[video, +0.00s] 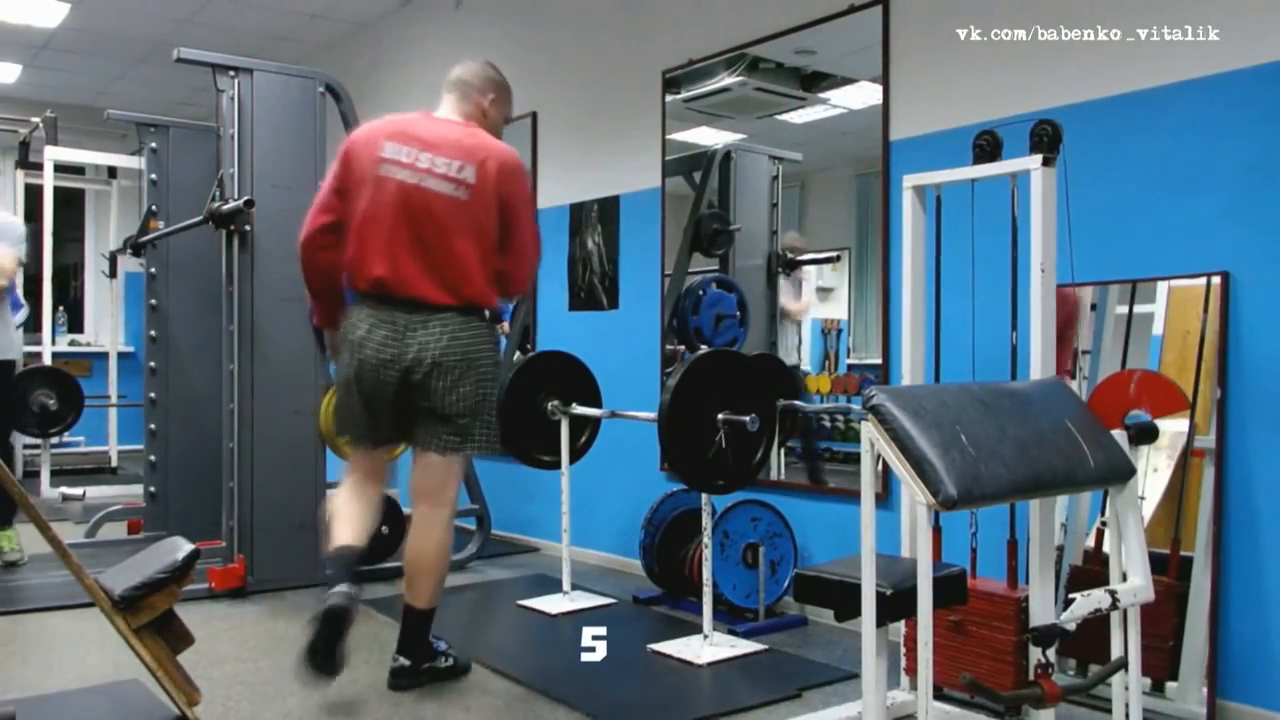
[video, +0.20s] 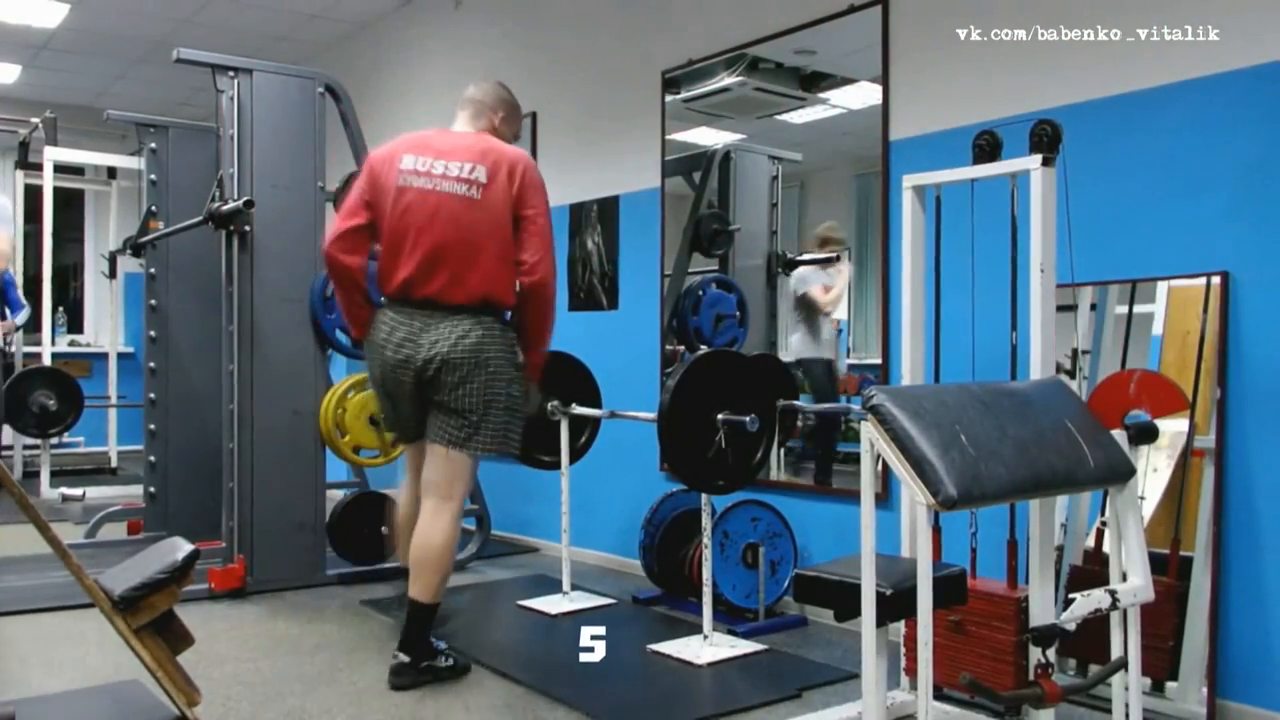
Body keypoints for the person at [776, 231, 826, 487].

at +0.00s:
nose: (798, 261)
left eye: (800, 256)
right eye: (793, 255)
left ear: (801, 257)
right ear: (783, 256)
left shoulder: (794, 280)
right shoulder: (775, 281)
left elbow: (799, 309)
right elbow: (797, 311)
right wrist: (807, 280)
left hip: (794, 362)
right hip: (779, 364)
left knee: (805, 418)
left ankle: (817, 474)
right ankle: (816, 475)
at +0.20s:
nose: (837, 257)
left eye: (839, 252)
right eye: (834, 251)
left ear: (834, 252)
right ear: (823, 249)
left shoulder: (822, 274)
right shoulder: (804, 272)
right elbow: (824, 303)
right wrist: (843, 278)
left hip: (821, 353)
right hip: (808, 353)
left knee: (831, 413)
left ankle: (824, 476)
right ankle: (822, 478)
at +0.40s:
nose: (866, 259)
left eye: (870, 254)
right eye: (860, 253)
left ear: (873, 253)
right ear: (847, 251)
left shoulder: (869, 276)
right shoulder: (830, 274)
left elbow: (879, 320)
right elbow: (852, 305)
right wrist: (874, 278)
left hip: (872, 360)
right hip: (845, 362)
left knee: (837, 424)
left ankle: (823, 482)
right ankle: (823, 482)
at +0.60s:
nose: (870, 216)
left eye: (875, 206)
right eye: (862, 209)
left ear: (888, 199)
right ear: (855, 206)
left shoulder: (909, 231)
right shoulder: (855, 238)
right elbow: (839, 299)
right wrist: (827, 348)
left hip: (912, 341)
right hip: (872, 341)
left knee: (907, 420)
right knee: (860, 417)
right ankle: (855, 479)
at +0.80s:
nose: (857, 216)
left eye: (863, 206)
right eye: (848, 209)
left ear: (879, 194)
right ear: (840, 203)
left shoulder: (899, 226)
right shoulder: (833, 231)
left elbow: (912, 295)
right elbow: (815, 291)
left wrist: (890, 355)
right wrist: (808, 341)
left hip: (898, 340)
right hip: (855, 341)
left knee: (895, 429)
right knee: (850, 432)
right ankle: (854, 508)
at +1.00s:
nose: (849, 222)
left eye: (856, 213)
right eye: (842, 214)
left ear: (876, 199)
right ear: (834, 207)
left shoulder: (896, 230)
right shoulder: (831, 231)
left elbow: (905, 309)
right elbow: (817, 290)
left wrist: (877, 373)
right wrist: (812, 340)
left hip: (891, 345)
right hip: (849, 345)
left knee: (891, 438)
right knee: (845, 442)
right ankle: (854, 515)